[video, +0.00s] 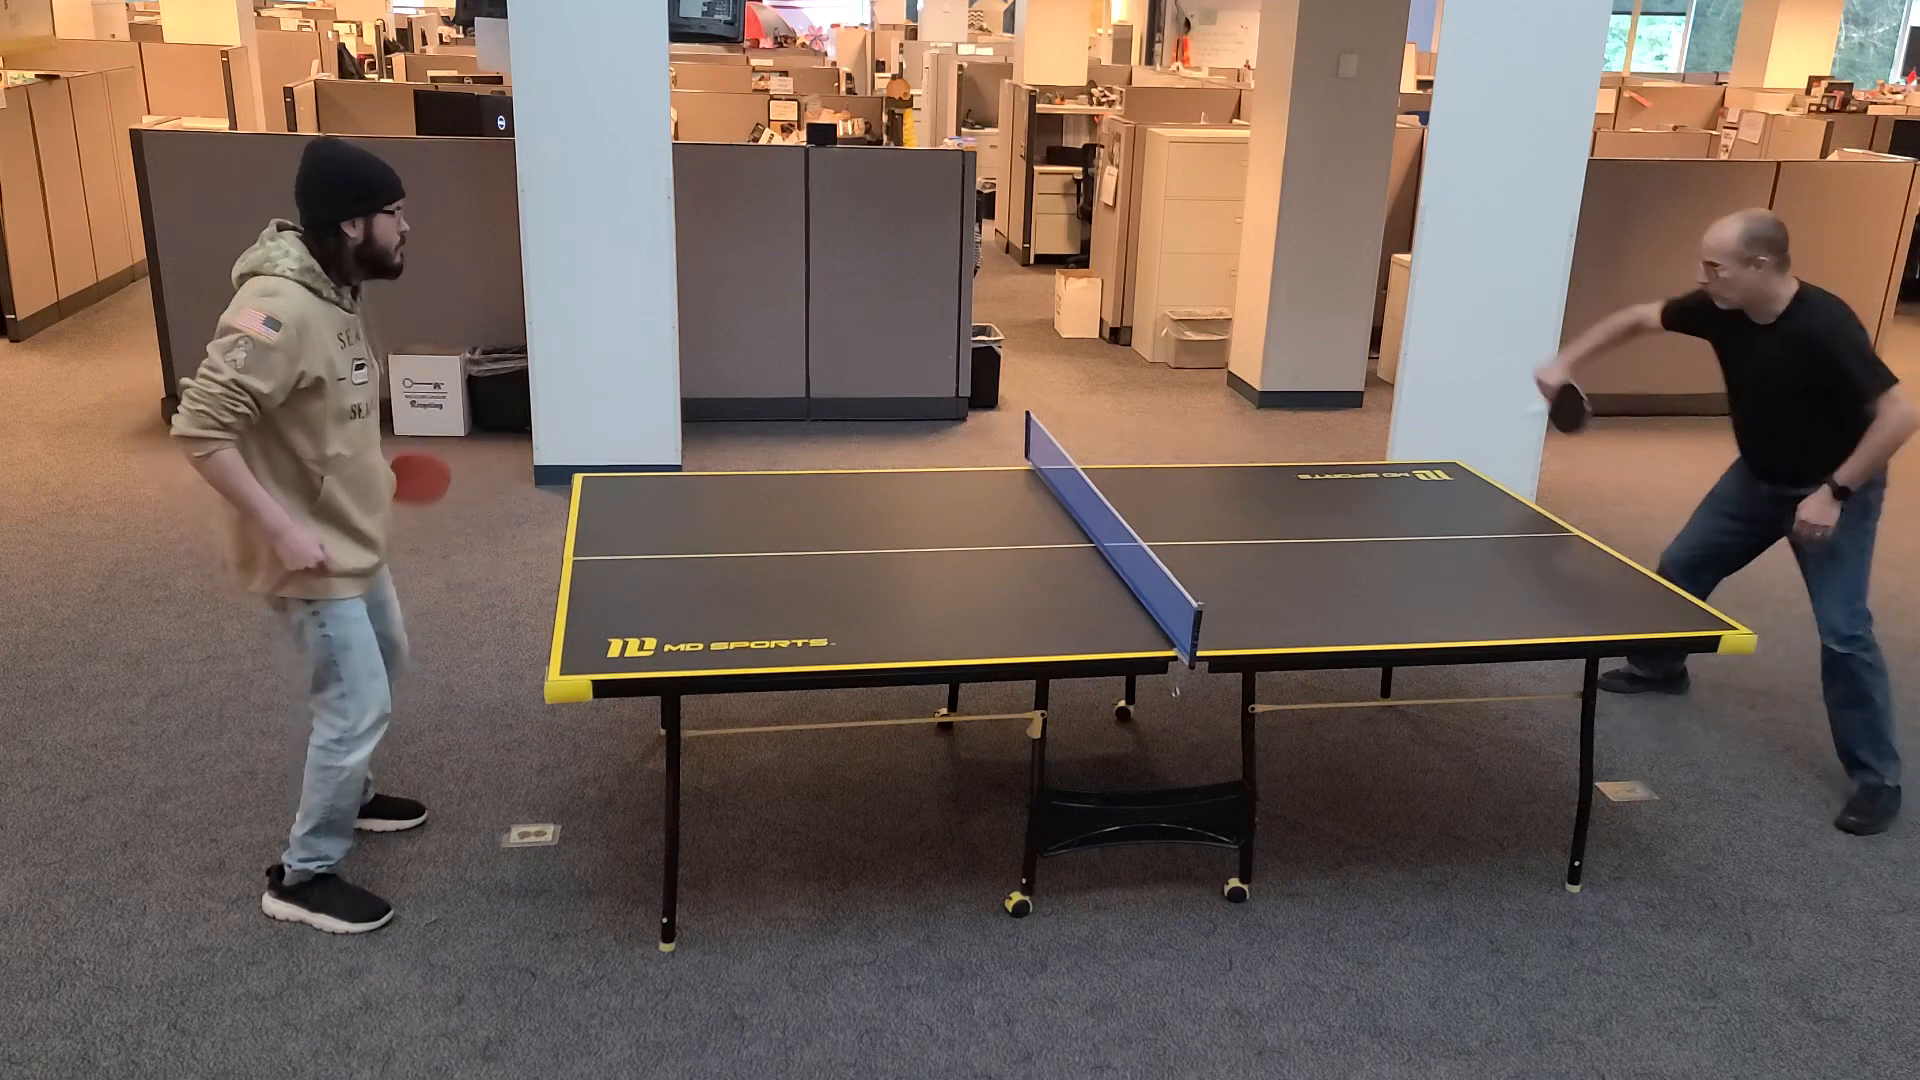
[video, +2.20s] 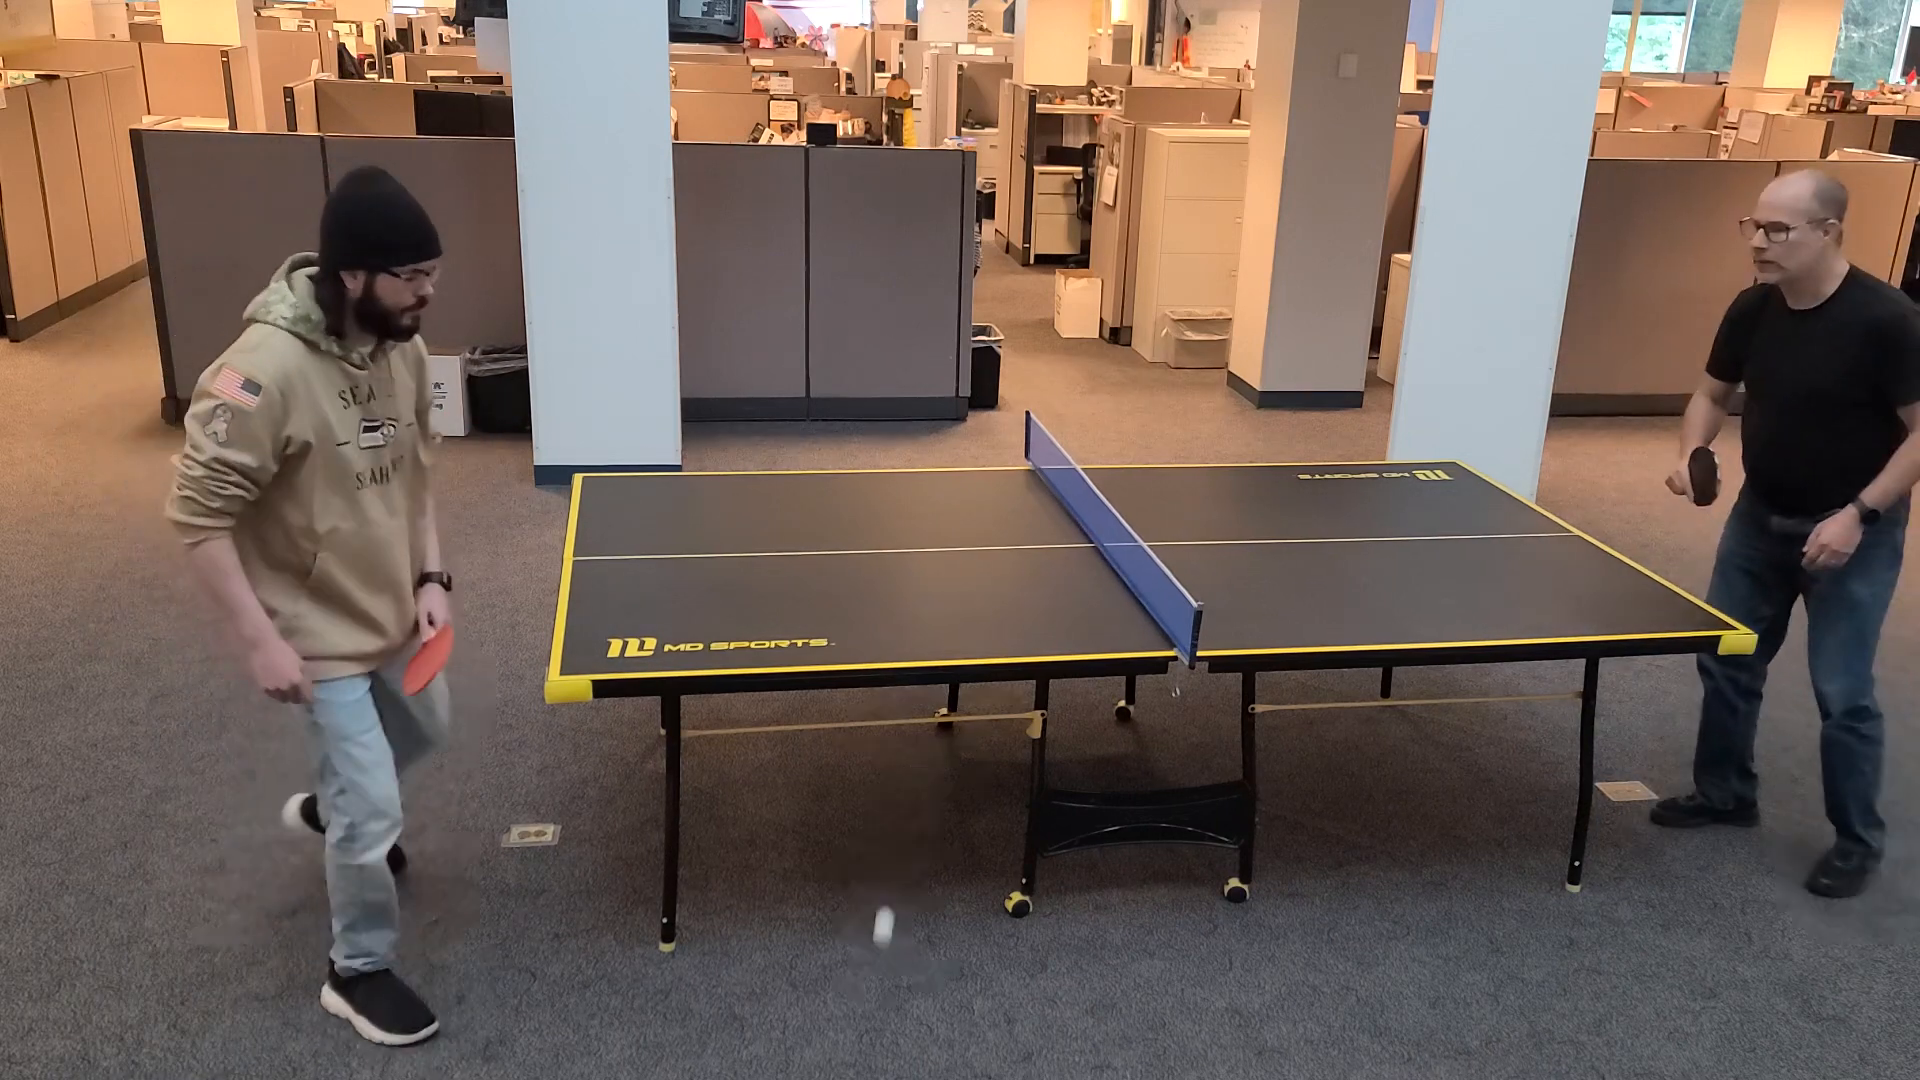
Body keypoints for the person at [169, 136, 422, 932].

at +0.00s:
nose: (406, 226)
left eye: (402, 210)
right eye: (393, 212)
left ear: (349, 222)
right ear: (347, 222)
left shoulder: (332, 284)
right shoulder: (275, 304)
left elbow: (311, 417)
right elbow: (199, 427)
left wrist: (375, 467)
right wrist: (282, 528)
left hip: (353, 537)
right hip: (307, 553)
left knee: (386, 671)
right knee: (354, 708)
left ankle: (344, 800)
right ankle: (302, 873)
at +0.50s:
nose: (384, 240)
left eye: (380, 225)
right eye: (374, 226)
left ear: (321, 232)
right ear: (336, 235)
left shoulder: (299, 297)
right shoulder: (280, 314)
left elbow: (249, 427)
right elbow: (217, 436)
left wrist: (324, 524)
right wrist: (283, 545)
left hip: (331, 540)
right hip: (301, 558)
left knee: (384, 643)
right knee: (359, 719)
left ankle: (345, 792)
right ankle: (212, 877)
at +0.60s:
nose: (363, 253)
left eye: (360, 238)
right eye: (354, 240)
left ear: (283, 241)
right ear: (319, 248)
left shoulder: (229, 309)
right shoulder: (287, 328)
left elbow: (165, 424)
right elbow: (234, 446)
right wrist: (290, 562)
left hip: (302, 560)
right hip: (291, 574)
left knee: (373, 656)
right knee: (330, 746)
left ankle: (341, 796)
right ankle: (169, 913)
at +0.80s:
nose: (300, 276)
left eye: (296, 261)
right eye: (294, 263)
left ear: (212, 264)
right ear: (269, 271)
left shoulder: (178, 347)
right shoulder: (248, 360)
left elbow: (137, 455)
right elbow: (231, 489)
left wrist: (210, 528)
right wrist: (307, 590)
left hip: (219, 589)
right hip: (246, 603)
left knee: (309, 676)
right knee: (271, 797)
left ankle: (333, 797)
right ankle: (138, 981)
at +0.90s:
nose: (279, 273)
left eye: (274, 257)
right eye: (269, 259)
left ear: (201, 266)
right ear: (235, 270)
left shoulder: (169, 346)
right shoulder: (198, 363)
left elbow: (217, 475)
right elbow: (182, 494)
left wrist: (325, 486)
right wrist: (286, 565)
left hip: (212, 591)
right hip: (209, 608)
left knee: (293, 682)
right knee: (265, 800)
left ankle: (304, 809)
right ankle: (136, 985)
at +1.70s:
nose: (332, 223)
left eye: (331, 206)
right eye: (315, 208)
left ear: (283, 217)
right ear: (261, 217)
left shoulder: (280, 296)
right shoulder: (206, 304)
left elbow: (282, 434)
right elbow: (117, 430)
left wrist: (326, 518)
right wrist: (202, 546)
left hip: (279, 558)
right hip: (235, 572)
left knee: (289, 710)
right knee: (300, 735)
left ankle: (286, 834)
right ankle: (242, 922)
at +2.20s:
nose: (428, 290)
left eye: (430, 273)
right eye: (413, 276)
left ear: (377, 274)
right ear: (352, 277)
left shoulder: (400, 345)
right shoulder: (262, 373)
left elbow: (417, 470)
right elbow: (195, 517)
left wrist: (430, 574)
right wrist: (262, 642)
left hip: (395, 609)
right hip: (316, 632)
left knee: (420, 731)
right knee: (367, 800)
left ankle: (333, 809)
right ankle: (361, 965)